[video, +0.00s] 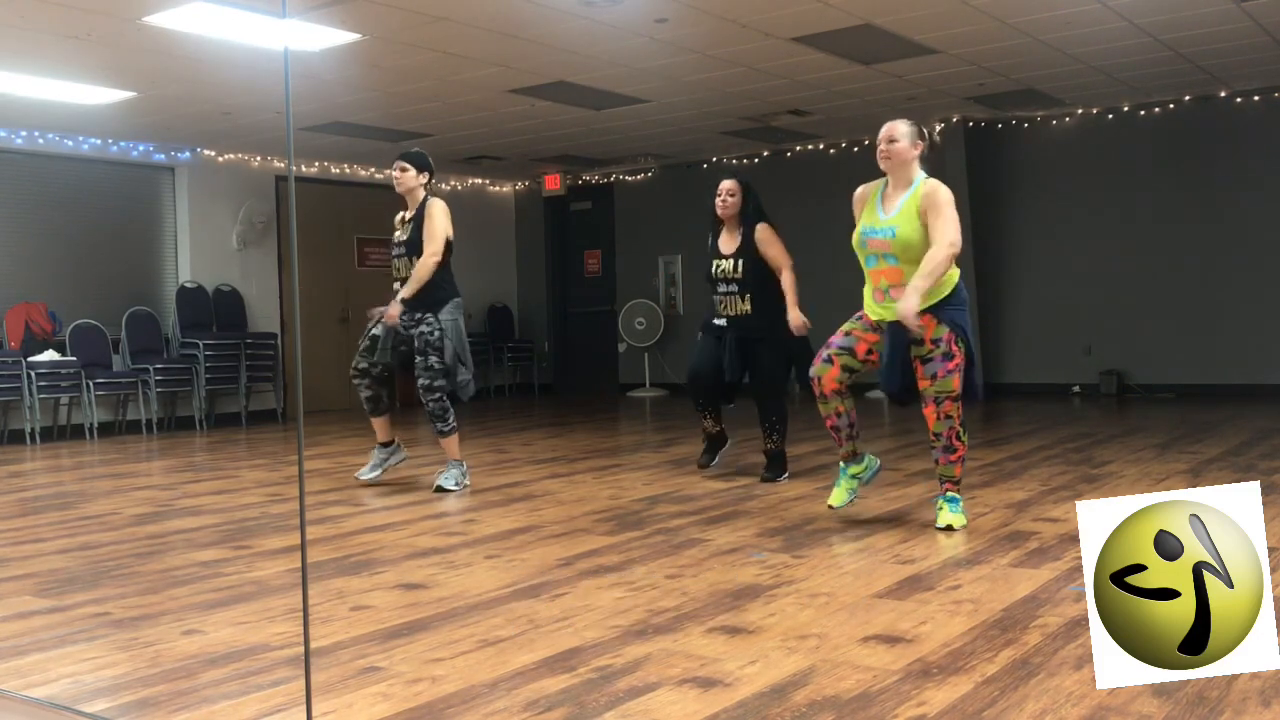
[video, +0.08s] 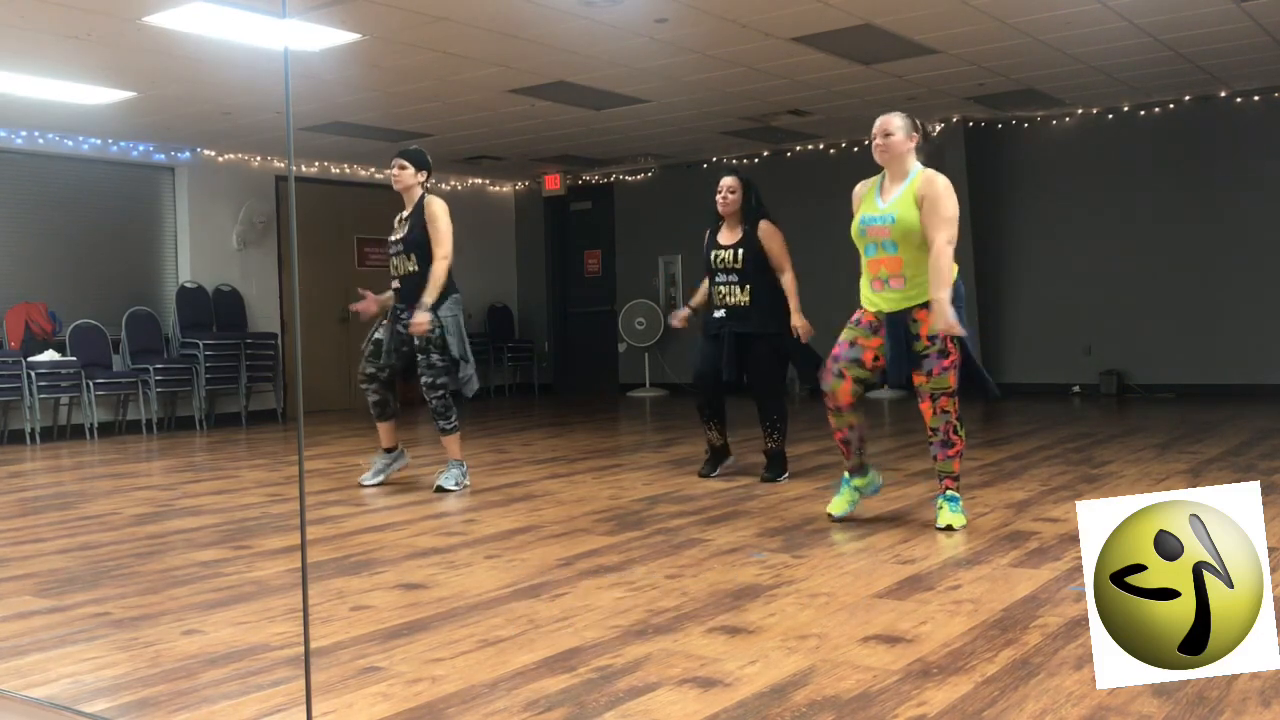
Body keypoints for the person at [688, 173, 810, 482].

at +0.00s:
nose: (722, 199)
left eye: (730, 194)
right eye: (719, 194)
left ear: (744, 201)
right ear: (714, 200)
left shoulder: (759, 231)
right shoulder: (715, 236)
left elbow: (786, 268)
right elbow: (728, 280)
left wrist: (793, 308)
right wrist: (722, 317)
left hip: (763, 329)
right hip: (724, 329)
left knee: (768, 391)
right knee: (700, 377)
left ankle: (775, 458)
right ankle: (715, 436)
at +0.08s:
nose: (723, 195)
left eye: (731, 191)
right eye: (720, 191)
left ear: (745, 197)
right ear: (715, 196)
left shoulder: (764, 230)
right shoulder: (712, 235)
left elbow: (785, 272)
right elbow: (712, 279)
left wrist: (796, 313)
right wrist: (690, 308)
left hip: (763, 328)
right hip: (721, 330)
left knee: (767, 390)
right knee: (706, 383)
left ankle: (776, 459)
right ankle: (718, 449)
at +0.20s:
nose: (723, 195)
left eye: (730, 190)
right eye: (719, 190)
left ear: (744, 197)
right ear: (714, 196)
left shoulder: (761, 231)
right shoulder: (707, 235)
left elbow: (789, 269)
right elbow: (696, 275)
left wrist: (792, 313)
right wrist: (668, 289)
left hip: (759, 329)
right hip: (717, 331)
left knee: (763, 390)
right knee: (716, 390)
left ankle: (775, 460)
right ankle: (723, 457)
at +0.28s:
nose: (721, 194)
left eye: (728, 189)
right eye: (717, 189)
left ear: (741, 196)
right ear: (712, 195)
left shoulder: (760, 231)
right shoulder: (699, 232)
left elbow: (790, 268)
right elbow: (677, 265)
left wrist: (785, 307)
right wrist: (653, 276)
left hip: (755, 328)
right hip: (712, 329)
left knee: (755, 387)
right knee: (717, 391)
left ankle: (772, 454)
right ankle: (723, 457)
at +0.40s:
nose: (718, 199)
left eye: (725, 195)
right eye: (714, 194)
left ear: (738, 201)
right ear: (709, 200)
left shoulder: (757, 234)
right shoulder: (695, 235)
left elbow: (792, 260)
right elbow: (662, 256)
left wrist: (781, 297)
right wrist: (637, 282)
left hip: (753, 328)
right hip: (711, 330)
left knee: (744, 378)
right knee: (716, 390)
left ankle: (769, 444)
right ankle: (723, 457)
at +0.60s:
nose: (719, 199)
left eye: (726, 194)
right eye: (716, 194)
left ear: (742, 198)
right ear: (713, 199)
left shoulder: (762, 235)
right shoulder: (702, 230)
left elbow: (785, 273)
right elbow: (683, 266)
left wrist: (765, 281)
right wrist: (667, 300)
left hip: (754, 330)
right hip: (713, 329)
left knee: (756, 391)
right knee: (718, 392)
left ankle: (773, 458)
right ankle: (723, 458)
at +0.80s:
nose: (723, 201)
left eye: (729, 195)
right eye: (721, 196)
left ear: (747, 196)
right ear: (721, 200)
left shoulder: (768, 230)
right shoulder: (723, 229)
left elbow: (776, 277)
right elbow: (725, 275)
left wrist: (752, 253)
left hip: (761, 327)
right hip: (721, 326)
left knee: (764, 389)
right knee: (710, 386)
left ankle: (775, 459)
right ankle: (720, 452)